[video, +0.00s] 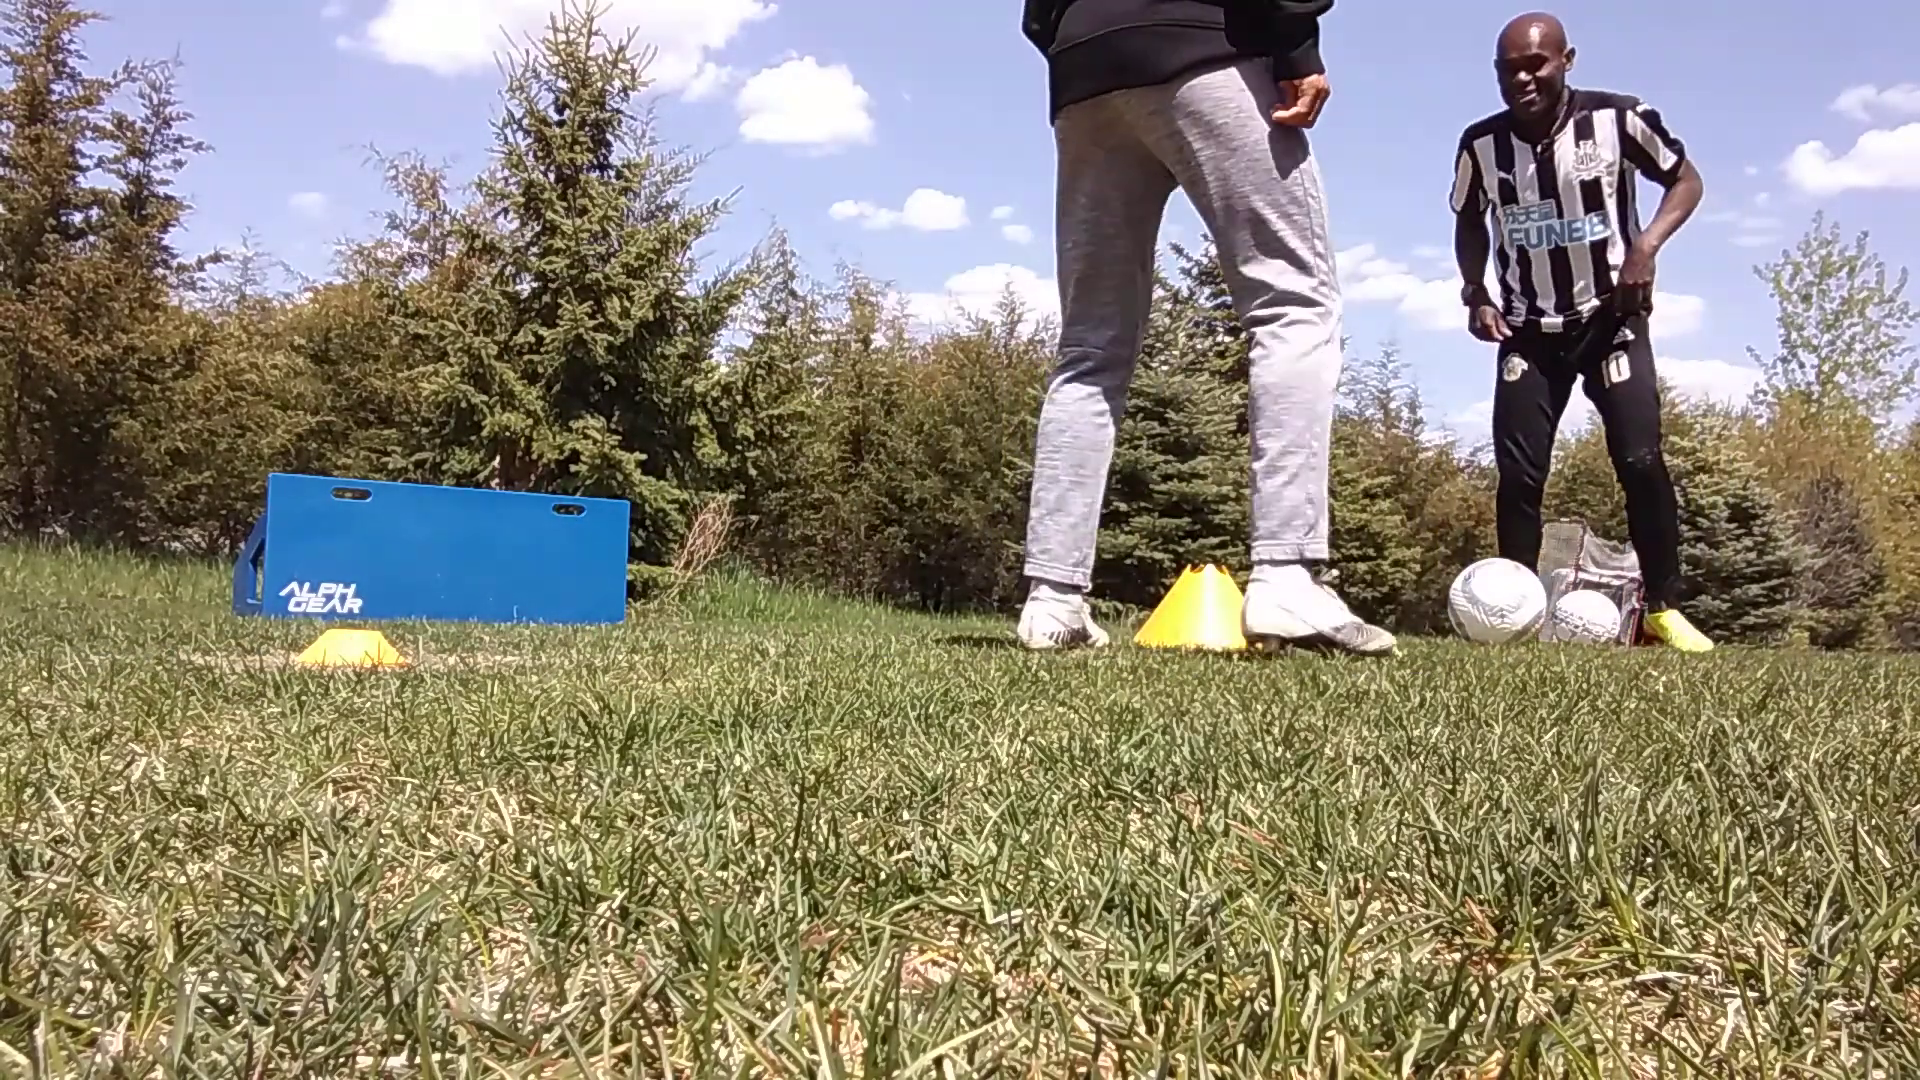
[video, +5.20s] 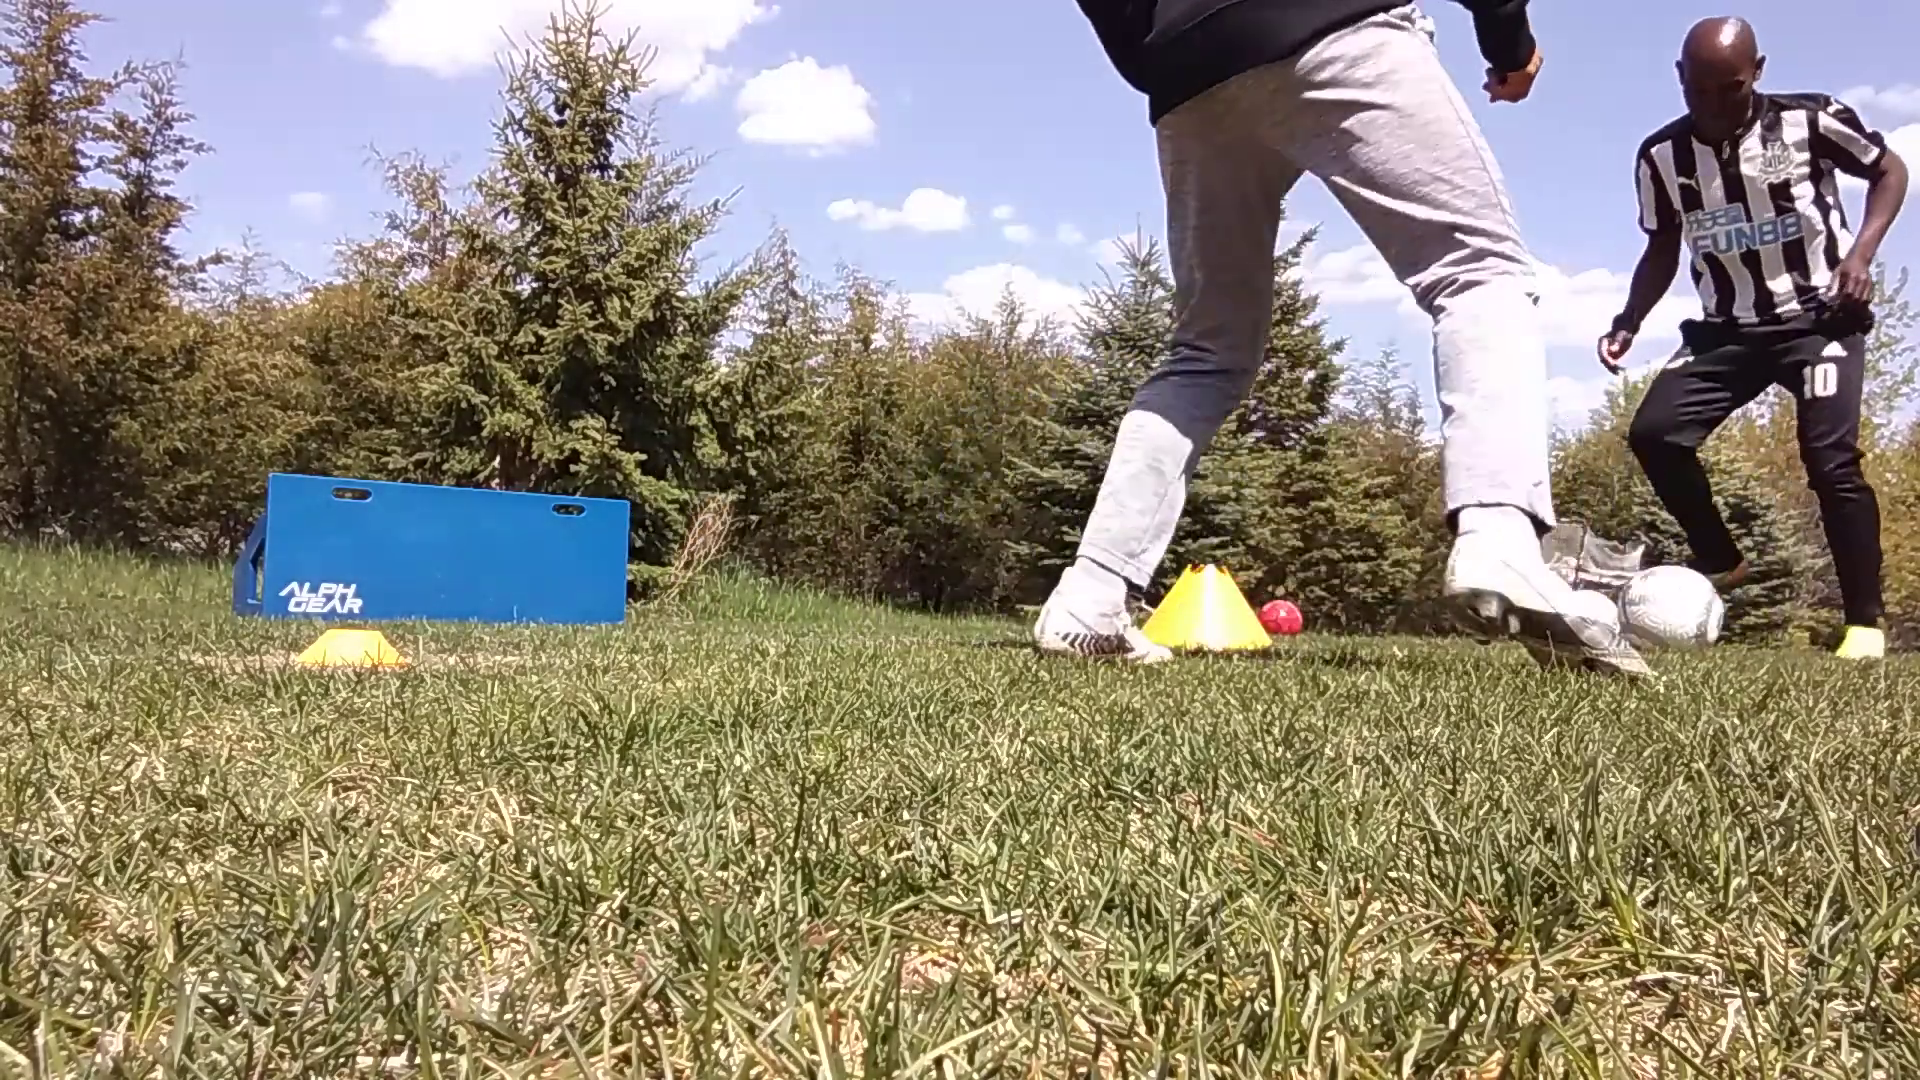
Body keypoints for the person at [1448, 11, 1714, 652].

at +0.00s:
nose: (1521, 80)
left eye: (1534, 65)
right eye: (1509, 69)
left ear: (1566, 62)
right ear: (1498, 72)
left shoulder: (1620, 119)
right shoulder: (1480, 144)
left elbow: (1687, 181)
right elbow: (1470, 224)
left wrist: (1648, 243)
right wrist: (1475, 292)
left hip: (1614, 322)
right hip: (1529, 334)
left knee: (1642, 462)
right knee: (1519, 476)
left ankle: (1662, 609)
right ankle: (1516, 611)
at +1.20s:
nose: (1591, 134)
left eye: (1604, 119)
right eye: (1579, 122)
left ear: (1641, 99)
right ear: (1566, 114)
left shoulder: (1705, 145)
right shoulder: (1559, 169)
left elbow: (1777, 215)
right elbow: (1558, 244)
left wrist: (1698, 248)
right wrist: (1537, 324)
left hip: (1708, 324)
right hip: (1624, 333)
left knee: (1709, 452)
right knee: (1592, 461)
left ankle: (1734, 622)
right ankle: (1588, 617)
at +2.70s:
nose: (1621, 163)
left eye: (1628, 149)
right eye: (1614, 151)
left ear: (1669, 125)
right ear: (1610, 136)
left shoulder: (1749, 137)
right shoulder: (1627, 189)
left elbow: (1859, 175)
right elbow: (1656, 268)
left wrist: (1766, 218)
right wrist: (1614, 350)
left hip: (1786, 320)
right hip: (1707, 330)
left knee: (1739, 454)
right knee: (1602, 422)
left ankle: (1756, 626)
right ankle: (1633, 574)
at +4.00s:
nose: (1558, 138)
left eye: (1572, 125)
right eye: (1552, 126)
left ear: (1615, 118)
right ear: (1547, 124)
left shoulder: (1682, 154)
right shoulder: (1546, 191)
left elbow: (1759, 210)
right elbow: (1564, 269)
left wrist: (1707, 296)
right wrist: (1566, 348)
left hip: (1709, 329)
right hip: (1626, 345)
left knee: (1720, 456)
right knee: (1601, 473)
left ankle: (1752, 620)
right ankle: (1598, 622)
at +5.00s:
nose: (1648, 133)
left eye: (1663, 118)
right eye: (1636, 119)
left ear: (1692, 104)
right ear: (1618, 111)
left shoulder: (1744, 152)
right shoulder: (1600, 179)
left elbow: (1841, 196)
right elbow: (1598, 247)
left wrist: (1796, 254)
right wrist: (1577, 321)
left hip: (1747, 333)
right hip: (1652, 348)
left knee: (1793, 451)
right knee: (1610, 479)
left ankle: (1848, 606)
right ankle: (1597, 623)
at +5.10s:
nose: (1676, 105)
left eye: (1692, 89)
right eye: (1664, 89)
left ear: (1724, 70)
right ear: (1648, 77)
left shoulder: (1779, 120)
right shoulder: (1633, 149)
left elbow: (1868, 165)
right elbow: (1636, 226)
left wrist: (1832, 233)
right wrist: (1605, 298)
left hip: (1788, 323)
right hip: (1696, 333)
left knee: (1820, 459)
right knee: (1642, 460)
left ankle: (1860, 620)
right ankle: (1614, 612)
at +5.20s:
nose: (1710, 109)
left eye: (1728, 92)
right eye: (1697, 92)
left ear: (1756, 73)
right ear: (1680, 77)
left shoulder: (1812, 120)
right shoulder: (1661, 157)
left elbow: (1891, 171)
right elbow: (1662, 247)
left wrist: (1861, 255)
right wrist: (1630, 319)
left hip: (1818, 323)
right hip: (1727, 334)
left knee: (1831, 463)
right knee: (1652, 434)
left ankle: (1864, 624)